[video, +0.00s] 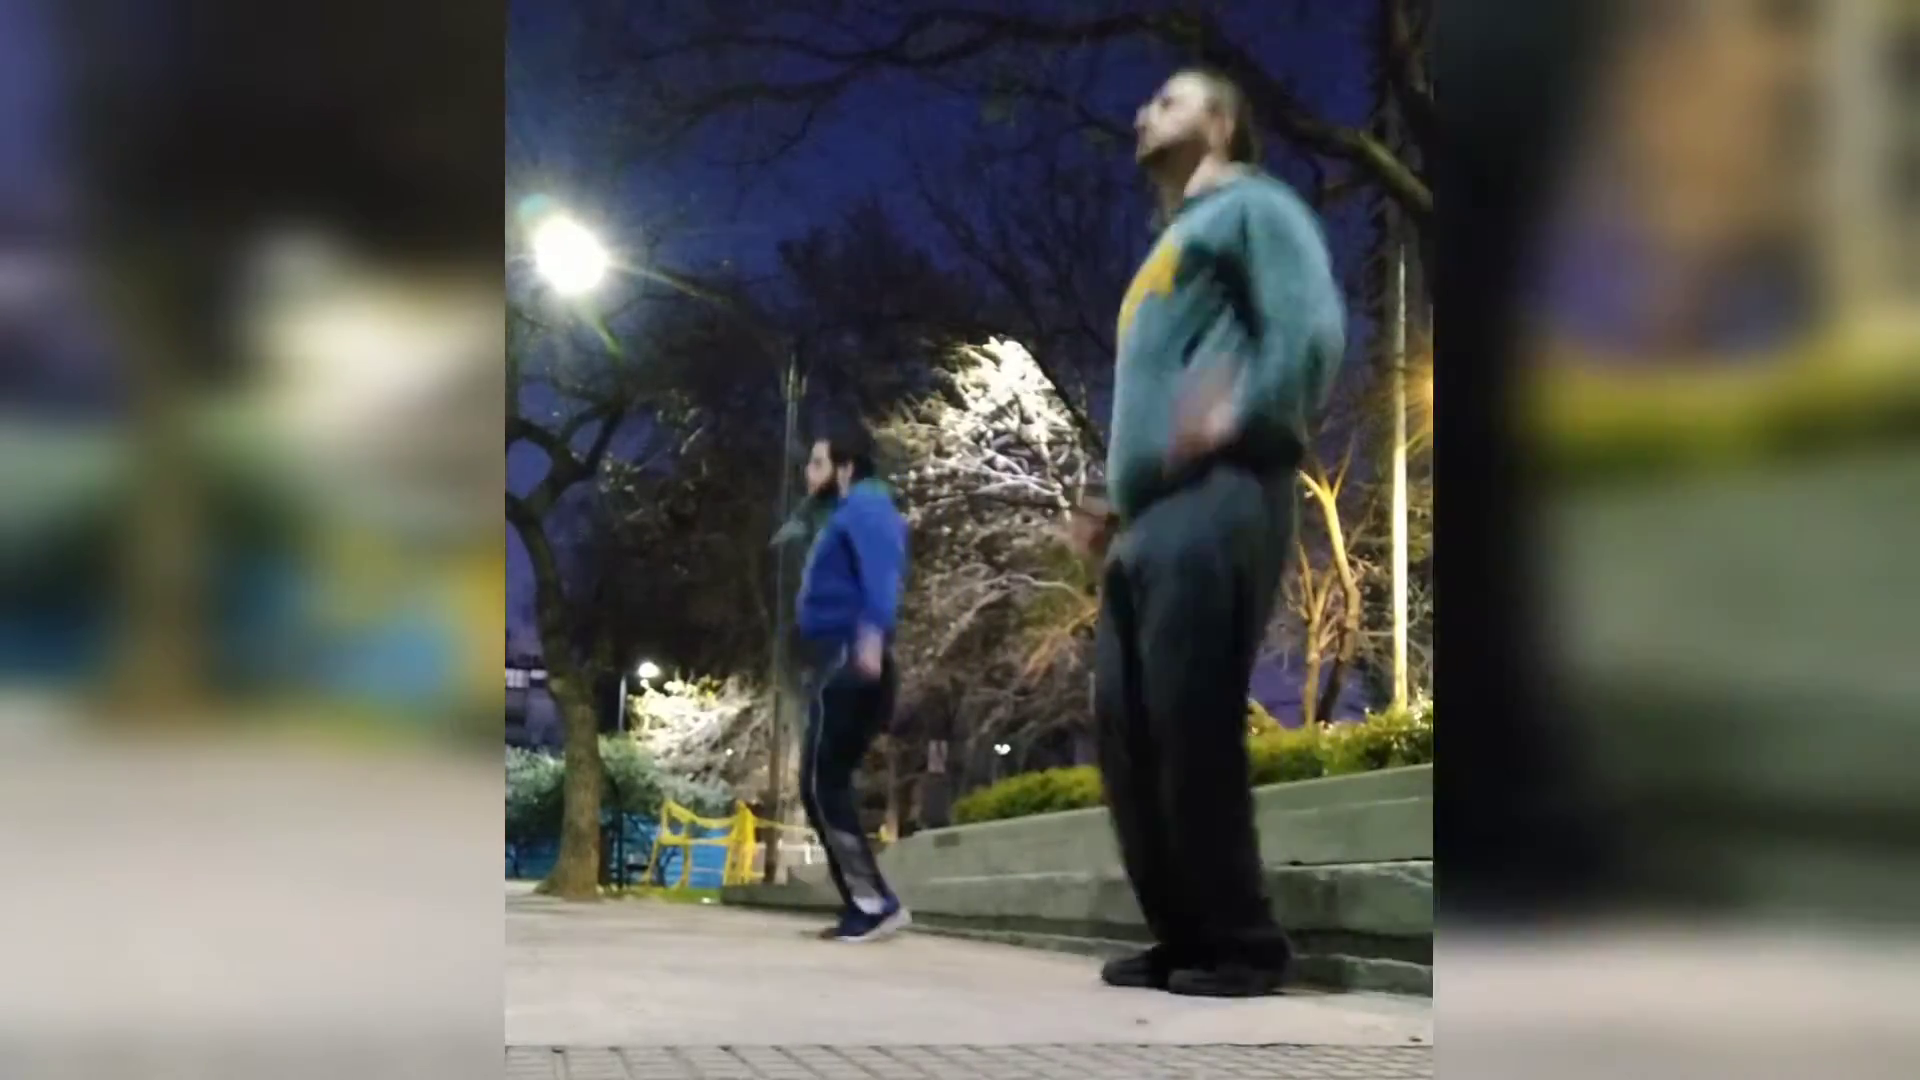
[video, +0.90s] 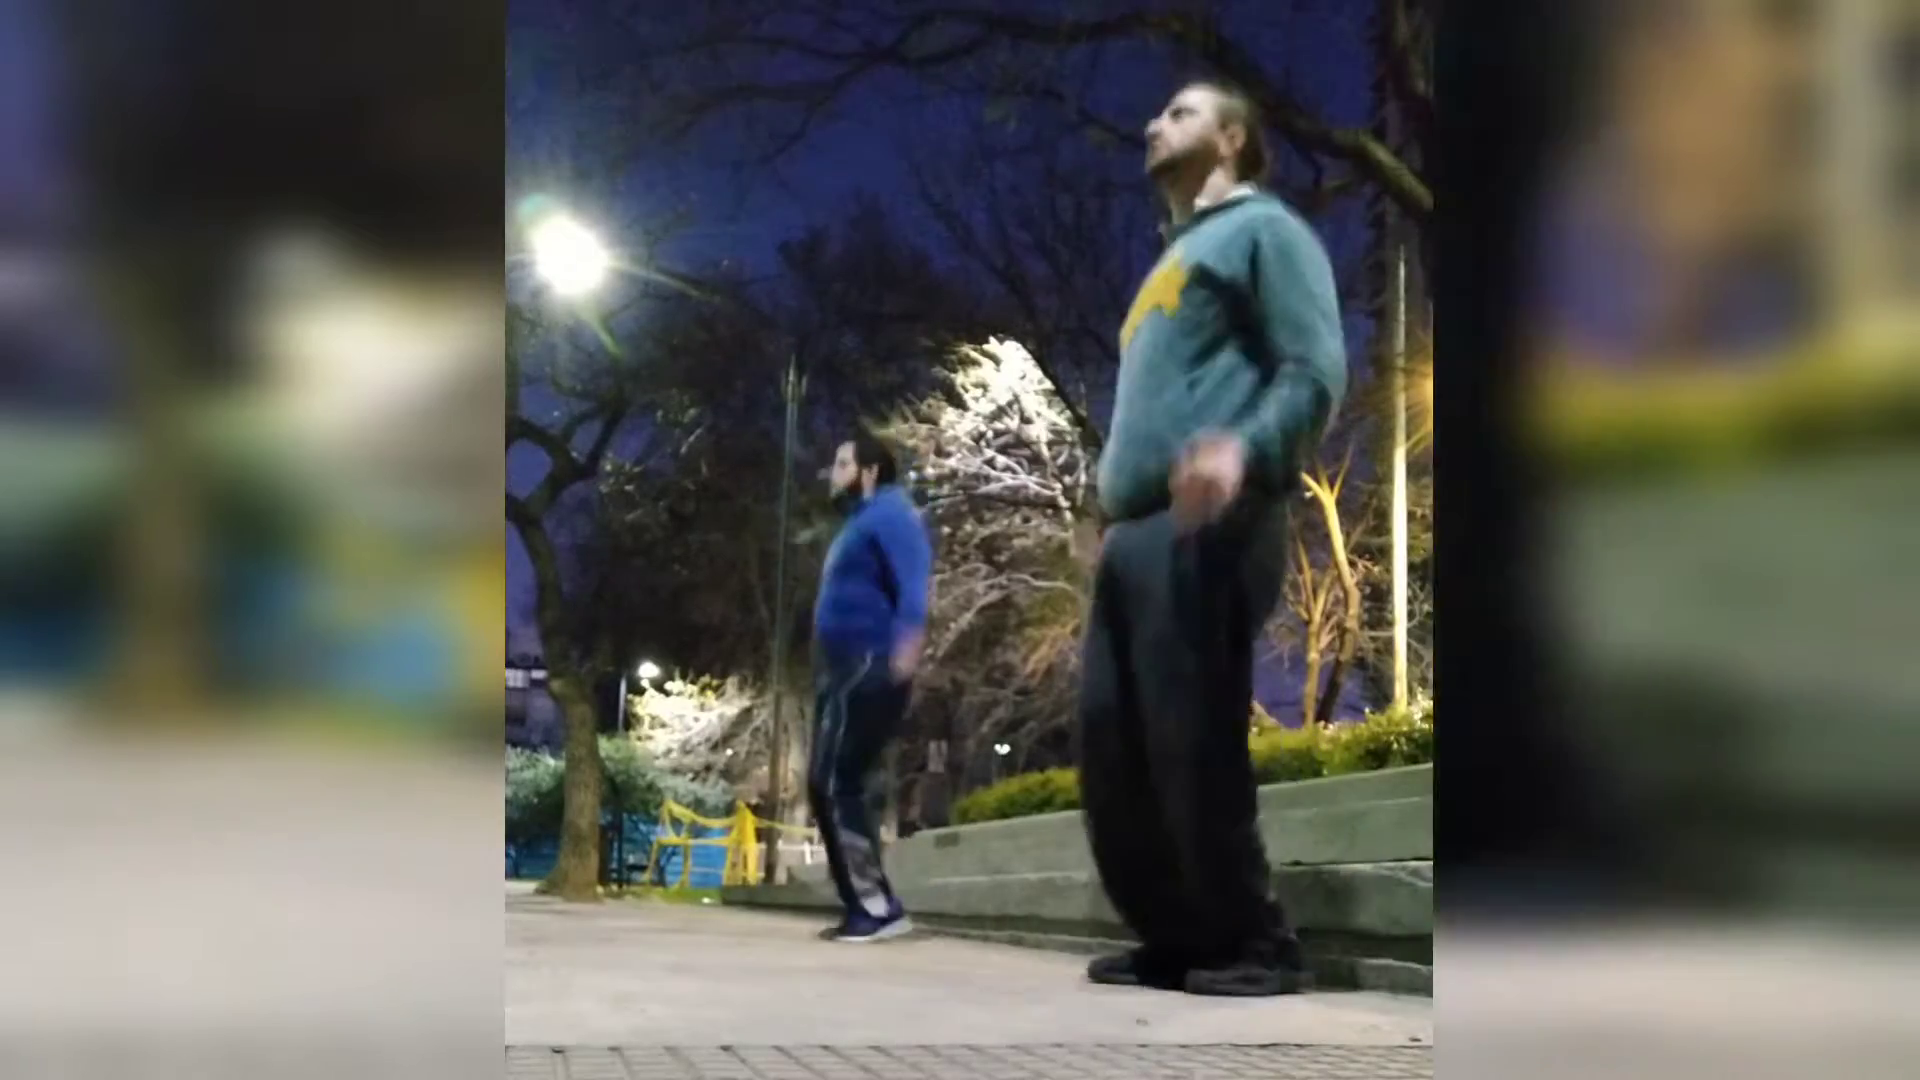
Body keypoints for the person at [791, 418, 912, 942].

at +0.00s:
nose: (809, 469)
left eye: (817, 460)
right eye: (810, 460)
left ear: (845, 465)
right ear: (842, 466)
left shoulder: (866, 504)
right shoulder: (843, 510)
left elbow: (880, 570)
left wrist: (871, 633)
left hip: (854, 654)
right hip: (833, 654)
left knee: (823, 779)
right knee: (820, 782)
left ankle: (872, 900)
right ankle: (861, 901)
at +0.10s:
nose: (815, 467)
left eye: (824, 458)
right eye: (817, 458)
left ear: (852, 464)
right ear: (848, 466)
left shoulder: (872, 509)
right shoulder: (847, 513)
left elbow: (885, 583)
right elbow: (853, 589)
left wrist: (877, 650)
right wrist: (825, 656)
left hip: (857, 662)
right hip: (832, 662)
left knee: (836, 779)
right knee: (827, 781)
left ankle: (876, 902)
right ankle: (859, 902)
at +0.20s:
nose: (820, 447)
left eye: (830, 437)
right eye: (821, 438)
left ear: (860, 442)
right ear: (838, 447)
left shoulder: (883, 477)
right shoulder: (837, 497)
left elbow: (898, 528)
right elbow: (825, 565)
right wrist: (810, 614)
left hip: (863, 624)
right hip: (827, 629)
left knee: (858, 753)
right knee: (835, 761)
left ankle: (878, 882)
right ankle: (850, 890)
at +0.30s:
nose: (826, 445)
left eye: (835, 436)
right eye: (825, 438)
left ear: (863, 442)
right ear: (836, 450)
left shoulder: (881, 489)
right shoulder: (836, 495)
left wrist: (897, 363)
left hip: (865, 622)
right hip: (829, 626)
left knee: (862, 743)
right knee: (832, 757)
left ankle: (899, 874)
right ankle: (846, 879)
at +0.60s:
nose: (832, 469)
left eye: (840, 458)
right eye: (829, 461)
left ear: (869, 456)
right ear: (844, 464)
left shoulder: (891, 499)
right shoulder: (848, 515)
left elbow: (912, 443)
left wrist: (894, 380)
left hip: (871, 644)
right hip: (833, 649)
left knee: (871, 772)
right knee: (834, 783)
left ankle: (910, 898)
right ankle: (852, 892)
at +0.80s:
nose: (834, 450)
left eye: (844, 440)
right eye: (835, 441)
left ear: (873, 447)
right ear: (863, 451)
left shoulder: (892, 484)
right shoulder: (856, 496)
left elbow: (925, 553)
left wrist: (902, 589)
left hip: (871, 631)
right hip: (839, 634)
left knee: (847, 756)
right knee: (829, 762)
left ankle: (879, 887)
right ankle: (857, 890)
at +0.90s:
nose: (832, 473)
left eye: (842, 464)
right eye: (835, 464)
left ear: (870, 470)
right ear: (866, 472)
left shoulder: (890, 513)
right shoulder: (863, 519)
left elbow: (913, 577)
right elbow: (864, 592)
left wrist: (905, 645)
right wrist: (835, 661)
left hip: (871, 665)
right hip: (844, 665)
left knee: (836, 781)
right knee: (828, 782)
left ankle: (875, 906)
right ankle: (862, 903)